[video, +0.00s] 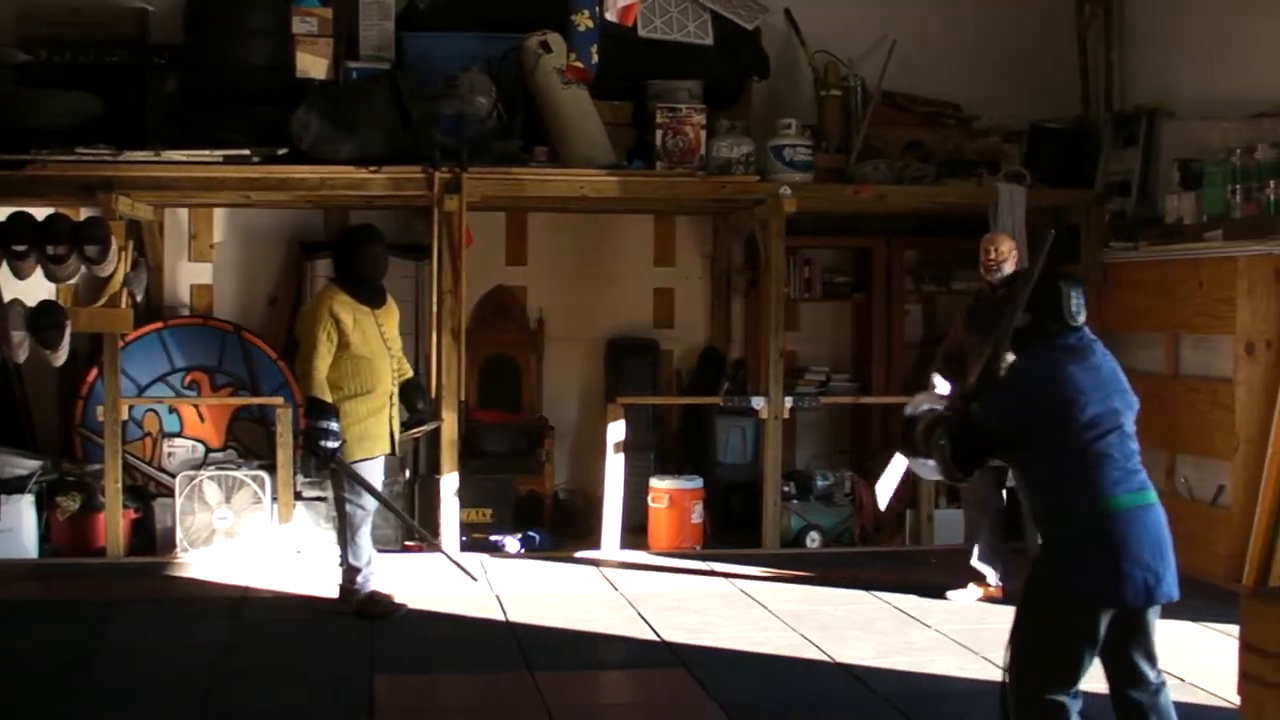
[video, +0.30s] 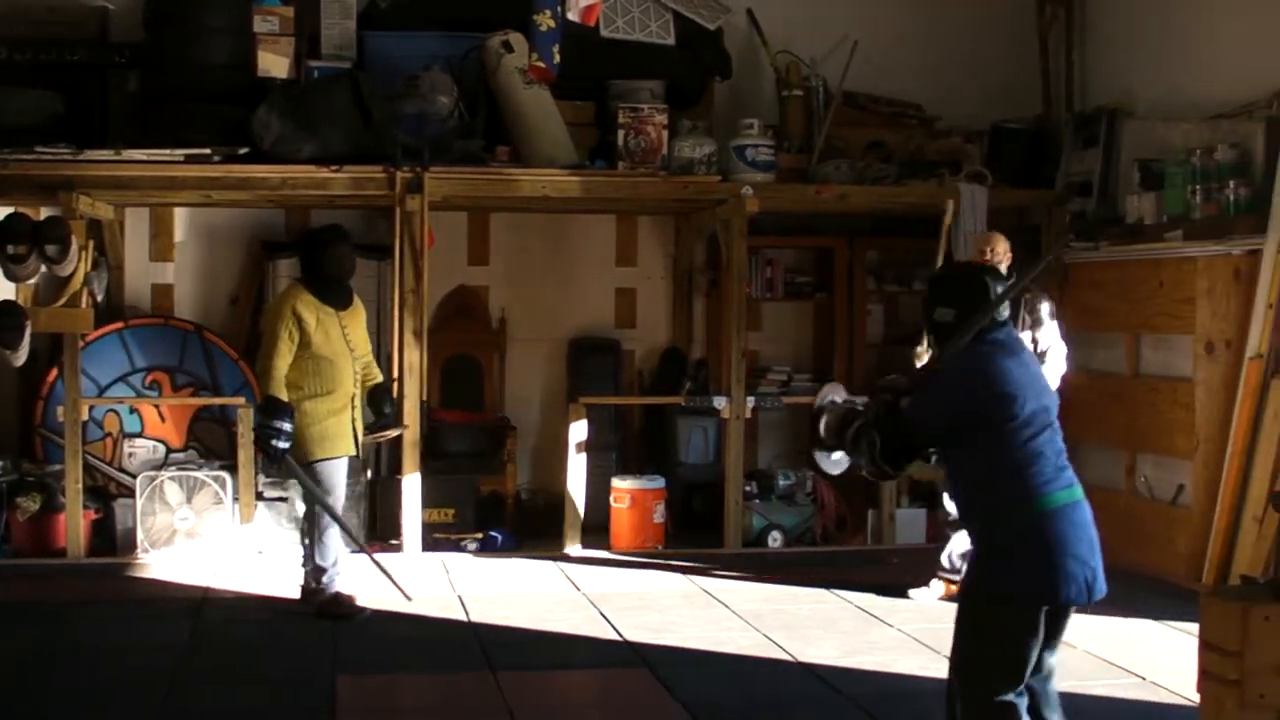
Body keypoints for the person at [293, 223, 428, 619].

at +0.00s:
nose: (382, 264)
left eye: (383, 255)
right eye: (374, 256)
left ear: (383, 258)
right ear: (352, 259)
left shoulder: (386, 305)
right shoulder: (327, 305)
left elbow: (395, 357)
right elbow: (314, 368)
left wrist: (414, 396)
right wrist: (322, 425)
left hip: (381, 423)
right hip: (351, 427)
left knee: (366, 502)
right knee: (360, 504)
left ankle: (354, 580)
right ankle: (358, 586)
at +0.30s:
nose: (350, 265)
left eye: (350, 257)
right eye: (341, 257)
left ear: (351, 260)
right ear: (318, 261)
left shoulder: (353, 306)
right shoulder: (292, 304)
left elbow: (364, 359)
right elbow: (274, 365)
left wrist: (380, 398)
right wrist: (276, 420)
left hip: (346, 419)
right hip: (314, 422)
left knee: (328, 500)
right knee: (329, 501)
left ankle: (316, 580)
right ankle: (324, 587)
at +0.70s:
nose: (311, 270)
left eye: (312, 262)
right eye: (301, 263)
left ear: (312, 265)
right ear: (277, 266)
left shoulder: (315, 308)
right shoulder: (253, 309)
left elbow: (327, 362)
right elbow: (230, 371)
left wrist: (340, 396)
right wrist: (223, 428)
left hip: (307, 426)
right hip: (273, 427)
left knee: (287, 508)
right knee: (287, 508)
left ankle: (267, 585)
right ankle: (286, 591)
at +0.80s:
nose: (305, 269)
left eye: (306, 261)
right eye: (295, 262)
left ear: (307, 265)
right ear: (270, 266)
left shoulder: (310, 308)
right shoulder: (245, 309)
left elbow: (319, 363)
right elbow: (223, 373)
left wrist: (332, 403)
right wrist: (218, 432)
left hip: (300, 430)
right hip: (265, 432)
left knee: (279, 511)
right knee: (279, 513)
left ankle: (258, 586)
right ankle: (280, 595)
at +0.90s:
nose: (301, 270)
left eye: (301, 262)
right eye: (292, 262)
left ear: (301, 266)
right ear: (268, 266)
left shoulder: (305, 309)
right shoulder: (237, 311)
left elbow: (313, 368)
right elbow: (216, 376)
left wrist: (321, 421)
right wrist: (212, 437)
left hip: (293, 430)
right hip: (256, 432)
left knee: (269, 512)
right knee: (269, 514)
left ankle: (249, 587)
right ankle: (270, 595)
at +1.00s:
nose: (296, 274)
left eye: (297, 266)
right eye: (287, 266)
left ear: (298, 268)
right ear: (263, 268)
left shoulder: (301, 310)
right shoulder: (232, 313)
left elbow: (308, 369)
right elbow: (212, 378)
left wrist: (315, 424)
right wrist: (206, 438)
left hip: (285, 429)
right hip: (248, 431)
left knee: (262, 512)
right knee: (263, 514)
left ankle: (239, 587)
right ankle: (262, 598)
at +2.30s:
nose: (295, 275)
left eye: (296, 266)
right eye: (285, 267)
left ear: (297, 267)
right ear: (258, 270)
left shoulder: (306, 312)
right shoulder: (231, 316)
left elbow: (324, 359)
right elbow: (218, 379)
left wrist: (319, 398)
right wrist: (255, 377)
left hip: (288, 425)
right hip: (248, 425)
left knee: (261, 504)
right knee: (264, 506)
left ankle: (237, 582)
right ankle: (268, 594)